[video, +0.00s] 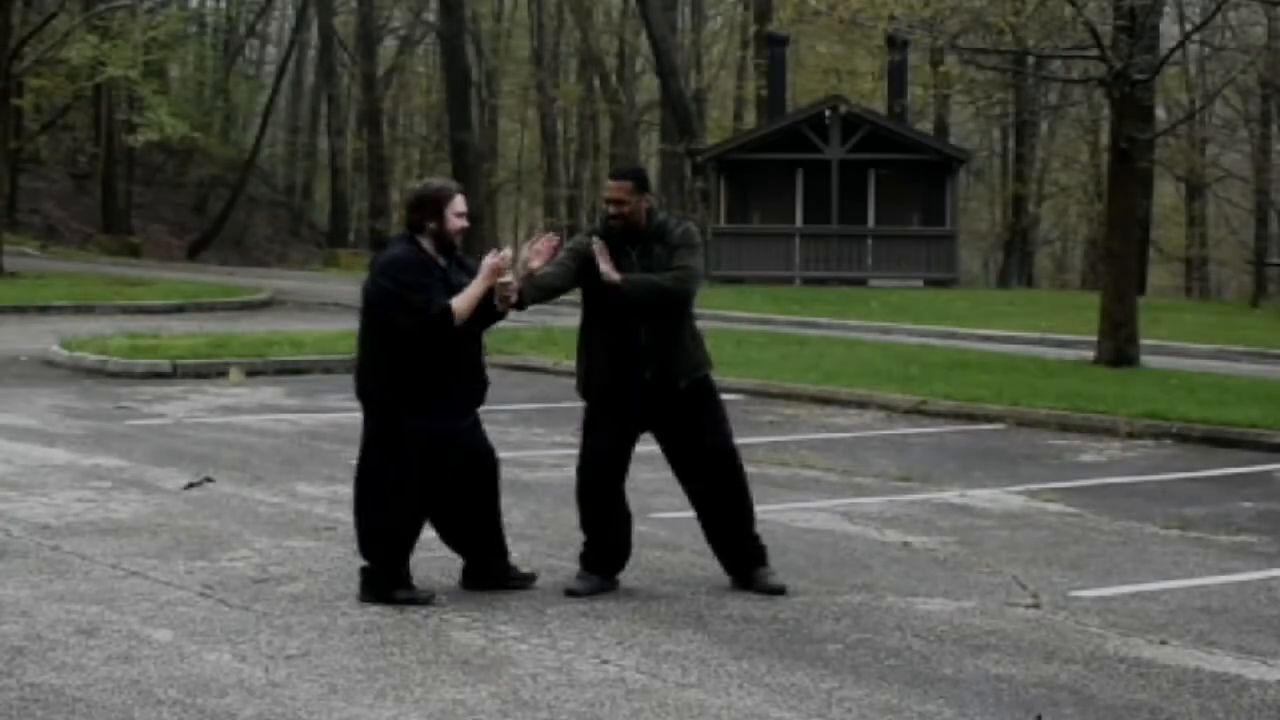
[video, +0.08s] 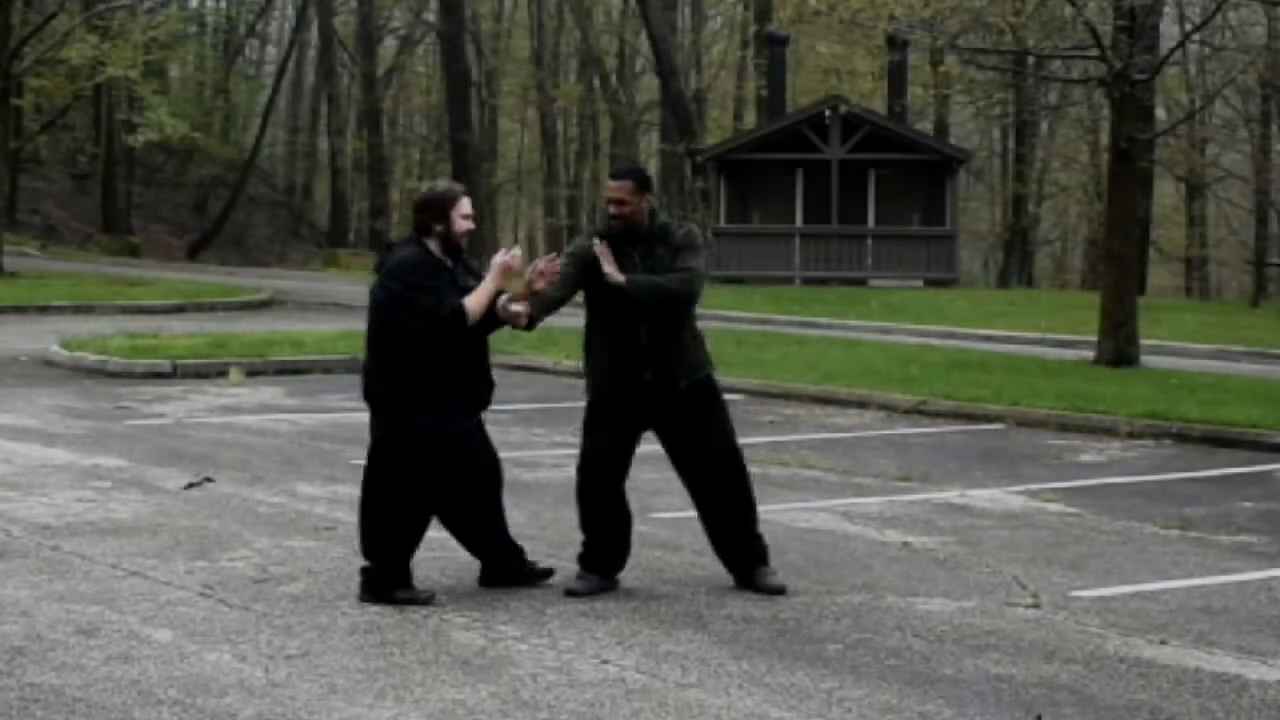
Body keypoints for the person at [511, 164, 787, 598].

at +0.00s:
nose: (612, 212)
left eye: (621, 204)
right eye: (607, 204)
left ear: (646, 202)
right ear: (602, 203)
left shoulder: (677, 235)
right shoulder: (595, 243)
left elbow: (683, 287)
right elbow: (557, 274)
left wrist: (619, 279)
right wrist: (520, 290)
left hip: (678, 383)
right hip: (613, 386)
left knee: (717, 473)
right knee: (598, 479)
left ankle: (749, 567)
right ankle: (599, 569)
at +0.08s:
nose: (613, 212)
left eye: (622, 204)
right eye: (608, 203)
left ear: (647, 203)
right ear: (603, 203)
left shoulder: (681, 238)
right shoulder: (593, 247)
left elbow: (686, 289)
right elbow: (560, 283)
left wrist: (623, 280)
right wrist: (529, 310)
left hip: (681, 383)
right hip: (616, 387)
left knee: (720, 471)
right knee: (598, 478)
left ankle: (751, 567)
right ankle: (599, 569)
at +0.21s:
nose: (623, 212)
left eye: (633, 206)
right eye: (620, 204)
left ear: (659, 206)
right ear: (616, 205)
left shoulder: (693, 245)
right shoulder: (605, 251)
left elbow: (701, 297)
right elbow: (569, 296)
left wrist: (635, 285)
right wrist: (584, 326)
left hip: (689, 385)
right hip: (624, 387)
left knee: (737, 468)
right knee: (598, 475)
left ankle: (782, 556)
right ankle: (597, 568)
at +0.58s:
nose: (715, 210)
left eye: (722, 203)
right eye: (713, 202)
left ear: (752, 204)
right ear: (715, 202)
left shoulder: (788, 242)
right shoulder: (704, 235)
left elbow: (794, 287)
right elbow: (652, 255)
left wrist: (740, 265)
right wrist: (635, 209)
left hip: (767, 385)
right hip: (701, 380)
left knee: (794, 471)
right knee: (654, 445)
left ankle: (823, 563)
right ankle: (639, 552)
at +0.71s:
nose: (736, 209)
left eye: (743, 202)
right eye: (734, 202)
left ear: (773, 203)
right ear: (739, 204)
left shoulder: (814, 251)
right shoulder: (733, 244)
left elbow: (822, 308)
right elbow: (697, 290)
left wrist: (772, 273)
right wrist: (662, 251)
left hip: (791, 388)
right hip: (731, 382)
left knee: (807, 477)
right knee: (674, 431)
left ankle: (825, 563)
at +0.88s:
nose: (753, 210)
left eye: (760, 202)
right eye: (751, 202)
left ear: (789, 203)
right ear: (758, 204)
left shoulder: (827, 250)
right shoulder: (754, 245)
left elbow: (824, 308)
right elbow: (733, 305)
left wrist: (769, 271)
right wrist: (695, 286)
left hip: (804, 387)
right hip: (745, 380)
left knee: (809, 478)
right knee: (693, 435)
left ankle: (824, 564)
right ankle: (712, 545)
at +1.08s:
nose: (758, 206)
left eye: (766, 199)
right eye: (757, 197)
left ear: (794, 201)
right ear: (770, 201)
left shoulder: (820, 250)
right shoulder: (762, 242)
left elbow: (765, 286)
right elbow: (722, 287)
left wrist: (702, 266)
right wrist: (733, 251)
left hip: (805, 383)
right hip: (749, 375)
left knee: (807, 474)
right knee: (692, 428)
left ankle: (823, 564)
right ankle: (687, 538)